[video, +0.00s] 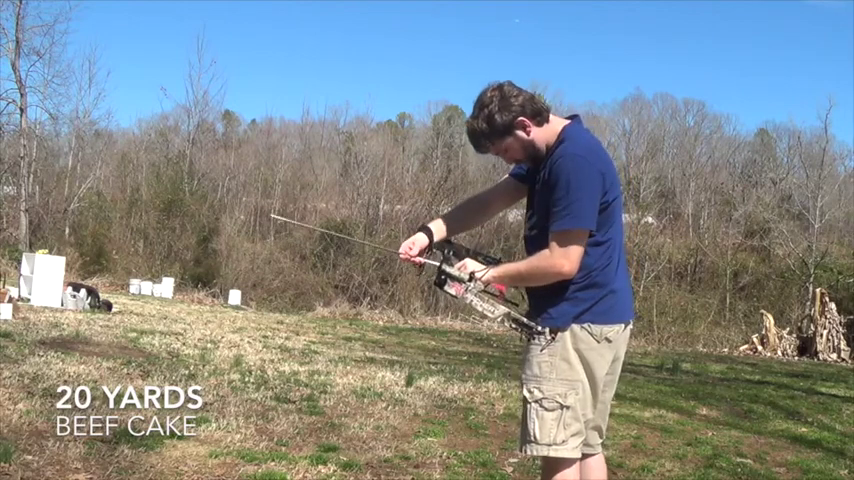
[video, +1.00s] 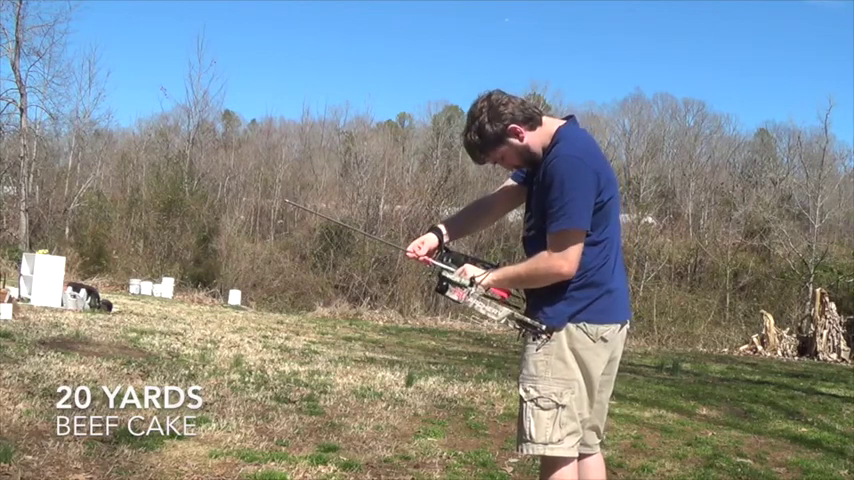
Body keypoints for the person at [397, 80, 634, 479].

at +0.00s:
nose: (507, 162)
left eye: (504, 153)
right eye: (500, 156)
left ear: (524, 127)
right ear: (525, 123)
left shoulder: (573, 158)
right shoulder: (557, 148)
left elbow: (563, 261)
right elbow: (493, 200)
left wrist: (489, 274)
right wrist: (431, 232)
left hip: (574, 321)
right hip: (594, 318)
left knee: (559, 450)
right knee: (587, 445)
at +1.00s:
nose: (503, 166)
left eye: (499, 158)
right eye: (496, 162)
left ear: (516, 132)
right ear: (518, 127)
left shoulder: (568, 160)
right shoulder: (558, 148)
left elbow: (562, 263)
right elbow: (498, 202)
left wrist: (491, 277)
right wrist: (440, 234)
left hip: (572, 319)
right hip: (592, 316)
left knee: (558, 449)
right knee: (586, 445)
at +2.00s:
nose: (500, 166)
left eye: (496, 159)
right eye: (493, 163)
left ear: (512, 132)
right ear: (514, 128)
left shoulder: (565, 159)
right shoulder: (555, 149)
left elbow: (563, 263)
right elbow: (494, 203)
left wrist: (490, 279)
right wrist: (437, 235)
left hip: (570, 319)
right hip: (590, 316)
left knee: (557, 449)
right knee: (585, 445)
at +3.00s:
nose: (496, 158)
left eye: (493, 148)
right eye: (489, 153)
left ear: (513, 123)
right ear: (516, 121)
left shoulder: (562, 157)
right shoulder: (549, 149)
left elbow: (562, 261)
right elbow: (492, 205)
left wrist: (488, 279)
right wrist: (433, 239)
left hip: (569, 319)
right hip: (590, 317)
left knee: (557, 450)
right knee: (585, 446)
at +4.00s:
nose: (502, 149)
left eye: (497, 139)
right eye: (495, 143)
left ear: (508, 113)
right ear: (544, 109)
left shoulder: (530, 150)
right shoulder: (602, 143)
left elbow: (522, 252)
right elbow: (590, 245)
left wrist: (479, 315)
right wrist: (537, 330)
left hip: (567, 315)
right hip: (622, 311)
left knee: (557, 452)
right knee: (601, 450)